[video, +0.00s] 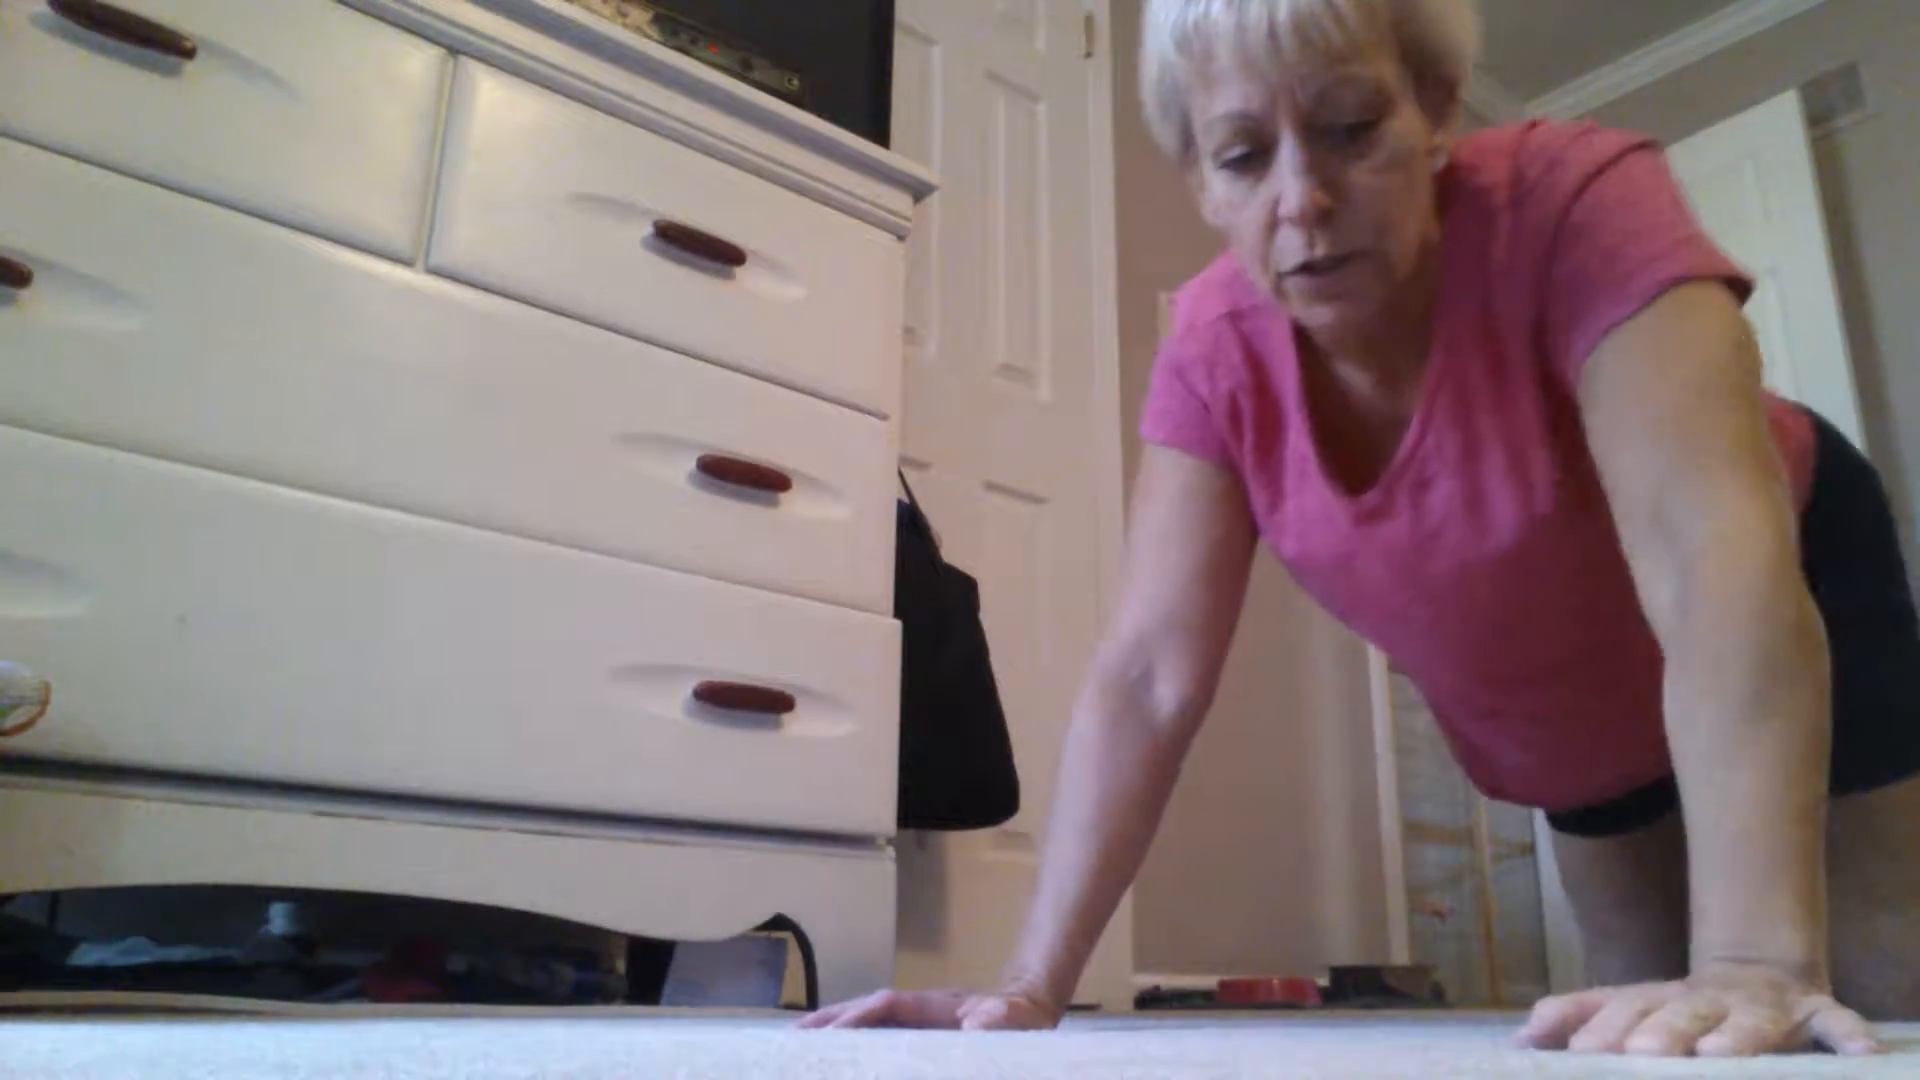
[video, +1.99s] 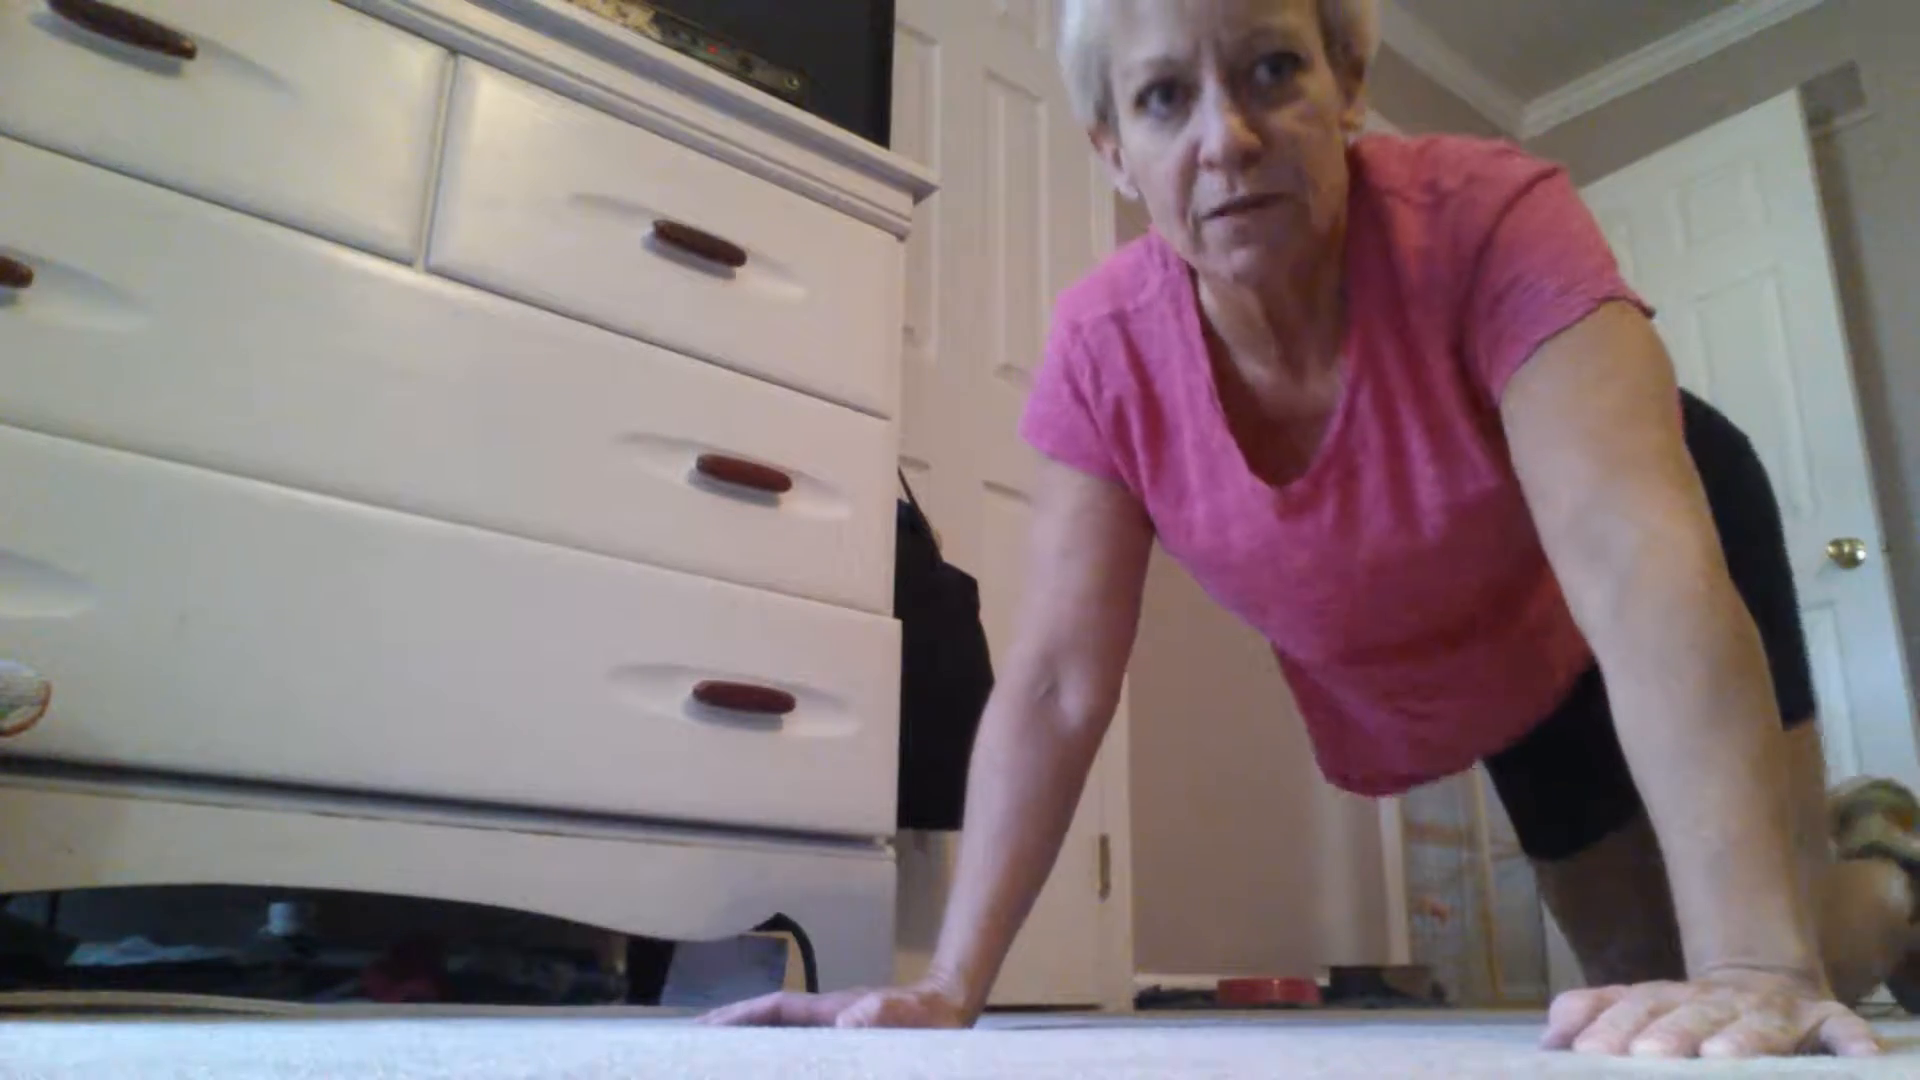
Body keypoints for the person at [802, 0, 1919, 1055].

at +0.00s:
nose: (1304, 196)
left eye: (1347, 127)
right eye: (1247, 153)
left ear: (1434, 117)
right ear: (1202, 183)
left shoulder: (1580, 208)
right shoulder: (1216, 341)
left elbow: (1722, 577)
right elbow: (1146, 679)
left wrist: (1758, 969)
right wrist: (1033, 983)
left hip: (1783, 609)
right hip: (1571, 710)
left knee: (1865, 1013)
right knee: (1642, 1043)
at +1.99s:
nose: (1228, 135)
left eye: (1268, 73)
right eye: (1167, 99)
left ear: (1346, 89)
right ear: (1115, 157)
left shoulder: (1490, 219)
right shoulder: (1105, 341)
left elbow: (1647, 561)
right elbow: (1053, 685)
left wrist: (1751, 974)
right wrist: (953, 979)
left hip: (1648, 559)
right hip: (1487, 667)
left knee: (1776, 959)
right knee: (1643, 988)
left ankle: (1907, 867)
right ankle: (1863, 876)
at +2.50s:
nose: (1077, 166)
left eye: (1117, 89)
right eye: (1031, 120)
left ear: (1246, 69)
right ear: (1007, 136)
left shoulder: (1435, 191)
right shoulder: (1080, 330)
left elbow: (1624, 530)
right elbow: (1042, 674)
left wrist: (1754, 972)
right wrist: (950, 983)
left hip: (1678, 542)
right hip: (1500, 659)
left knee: (1776, 955)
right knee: (1644, 999)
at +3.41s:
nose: (1099, 195)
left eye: (1145, 120)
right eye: (1057, 139)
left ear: (1300, 58)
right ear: (1029, 122)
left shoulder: (1510, 153)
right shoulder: (1120, 317)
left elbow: (1706, 516)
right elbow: (1060, 672)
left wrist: (1767, 966)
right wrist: (950, 983)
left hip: (1694, 583)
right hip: (1529, 694)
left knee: (1784, 920)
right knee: (1691, 843)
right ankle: (1867, 925)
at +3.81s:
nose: (1267, 140)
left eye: (1316, 60)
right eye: (1206, 90)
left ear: (1415, 28)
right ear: (1159, 95)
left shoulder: (1583, 129)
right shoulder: (1175, 308)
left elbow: (1728, 515)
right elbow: (1086, 681)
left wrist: (1769, 966)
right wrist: (954, 981)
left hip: (1739, 576)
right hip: (1562, 673)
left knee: (1775, 924)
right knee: (1751, 910)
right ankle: (1877, 926)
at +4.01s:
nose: (1382, 116)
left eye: (1432, 45)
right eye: (1313, 62)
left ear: (1500, 33)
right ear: (1222, 71)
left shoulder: (1625, 131)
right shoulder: (1196, 302)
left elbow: (1736, 518)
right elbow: (1092, 676)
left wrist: (1770, 965)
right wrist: (953, 980)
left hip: (1751, 578)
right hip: (1556, 678)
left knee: (1777, 932)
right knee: (1765, 925)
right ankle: (1876, 922)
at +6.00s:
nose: (1217, 142)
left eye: (1258, 77)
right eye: (1173, 97)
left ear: (1389, 48)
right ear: (1141, 95)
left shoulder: (1558, 134)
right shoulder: (1183, 304)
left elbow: (1722, 502)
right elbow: (1087, 667)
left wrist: (1751, 931)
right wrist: (951, 981)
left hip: (1734, 566)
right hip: (1560, 670)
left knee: (1767, 944)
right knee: (1790, 903)